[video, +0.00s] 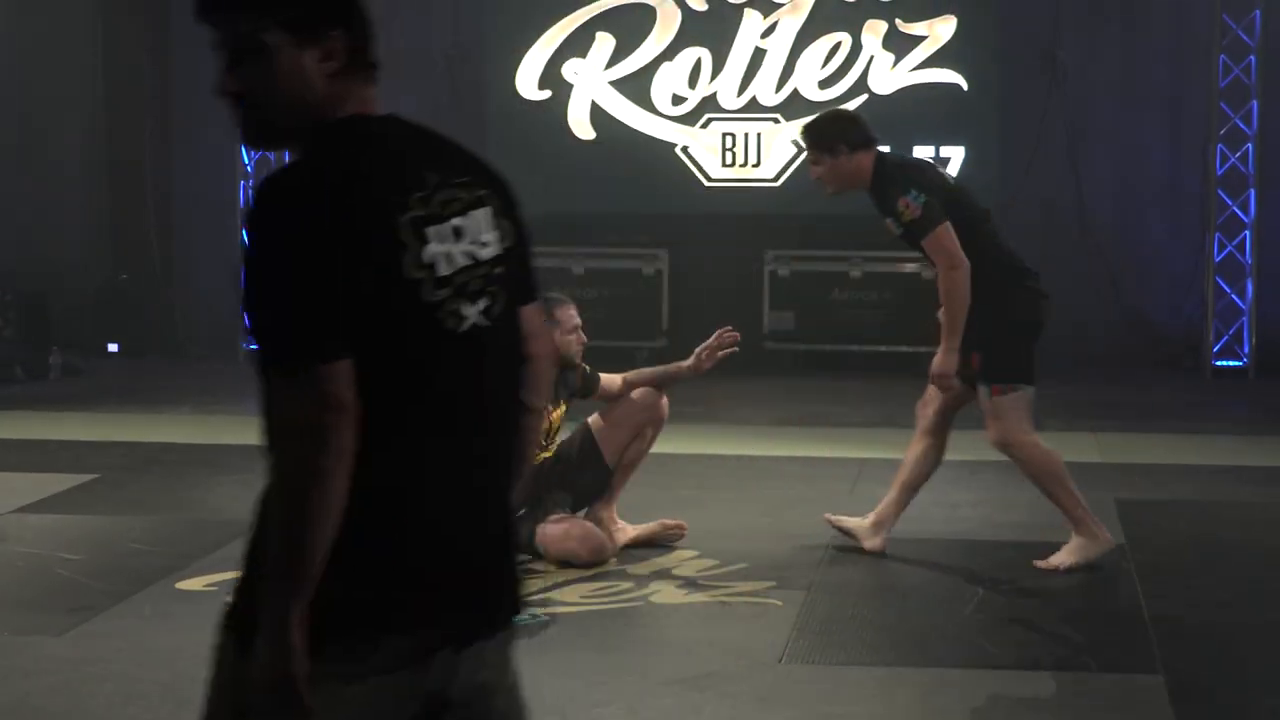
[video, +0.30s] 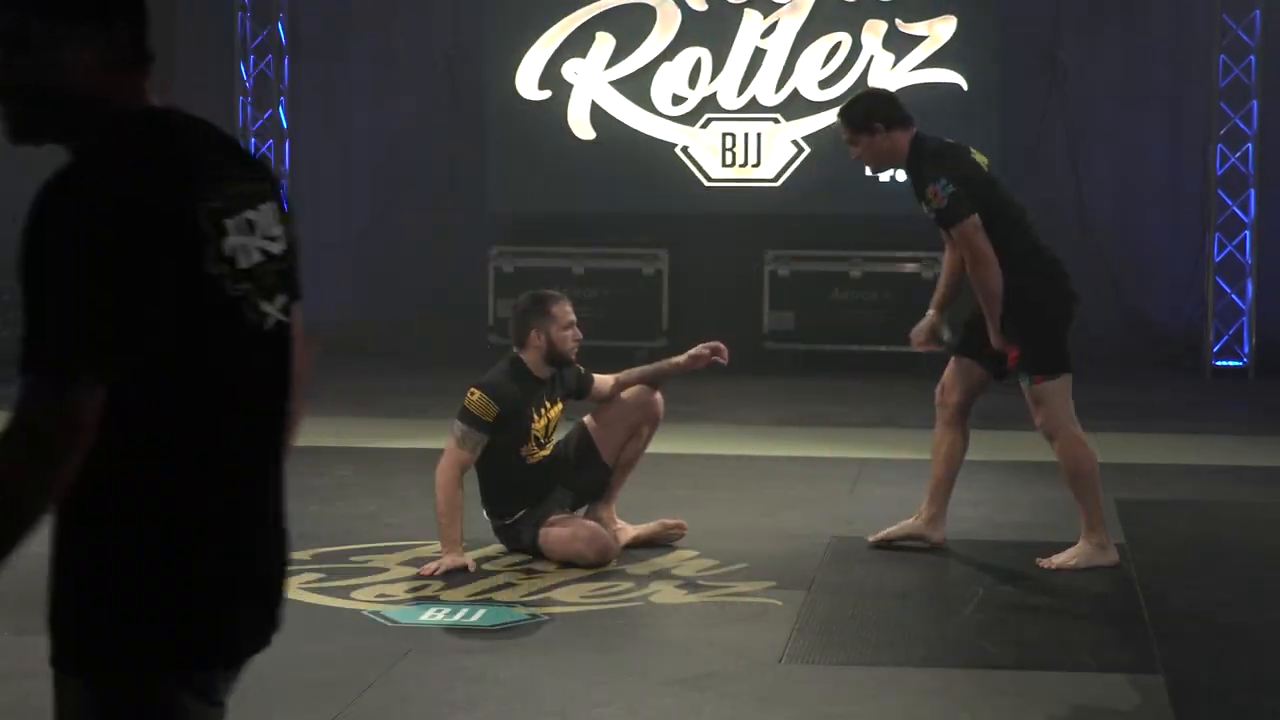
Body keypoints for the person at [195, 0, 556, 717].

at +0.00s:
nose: (227, 83)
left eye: (247, 55)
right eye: (228, 60)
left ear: (326, 52)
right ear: (338, 55)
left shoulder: (294, 200)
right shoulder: (466, 171)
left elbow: (320, 423)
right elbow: (537, 353)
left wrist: (278, 617)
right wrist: (496, 503)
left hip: (344, 602)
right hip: (472, 578)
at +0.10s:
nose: (138, 88)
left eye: (155, 61)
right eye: (138, 63)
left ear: (226, 61)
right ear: (256, 61)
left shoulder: (218, 211)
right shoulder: (384, 183)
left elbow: (227, 435)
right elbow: (446, 370)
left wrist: (166, 630)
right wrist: (403, 521)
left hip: (258, 607)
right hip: (381, 585)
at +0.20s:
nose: (57, 85)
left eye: (78, 57)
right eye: (60, 58)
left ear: (154, 54)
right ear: (177, 56)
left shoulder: (150, 204)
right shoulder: (309, 176)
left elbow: (134, 433)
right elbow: (357, 392)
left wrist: (37, 648)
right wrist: (303, 536)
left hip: (175, 614)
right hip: (296, 593)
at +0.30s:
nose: (5, 77)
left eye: (18, 48)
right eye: (10, 52)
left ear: (69, 52)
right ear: (129, 53)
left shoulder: (79, 199)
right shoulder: (236, 165)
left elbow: (52, 423)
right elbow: (287, 373)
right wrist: (239, 490)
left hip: (128, 586)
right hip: (240, 563)